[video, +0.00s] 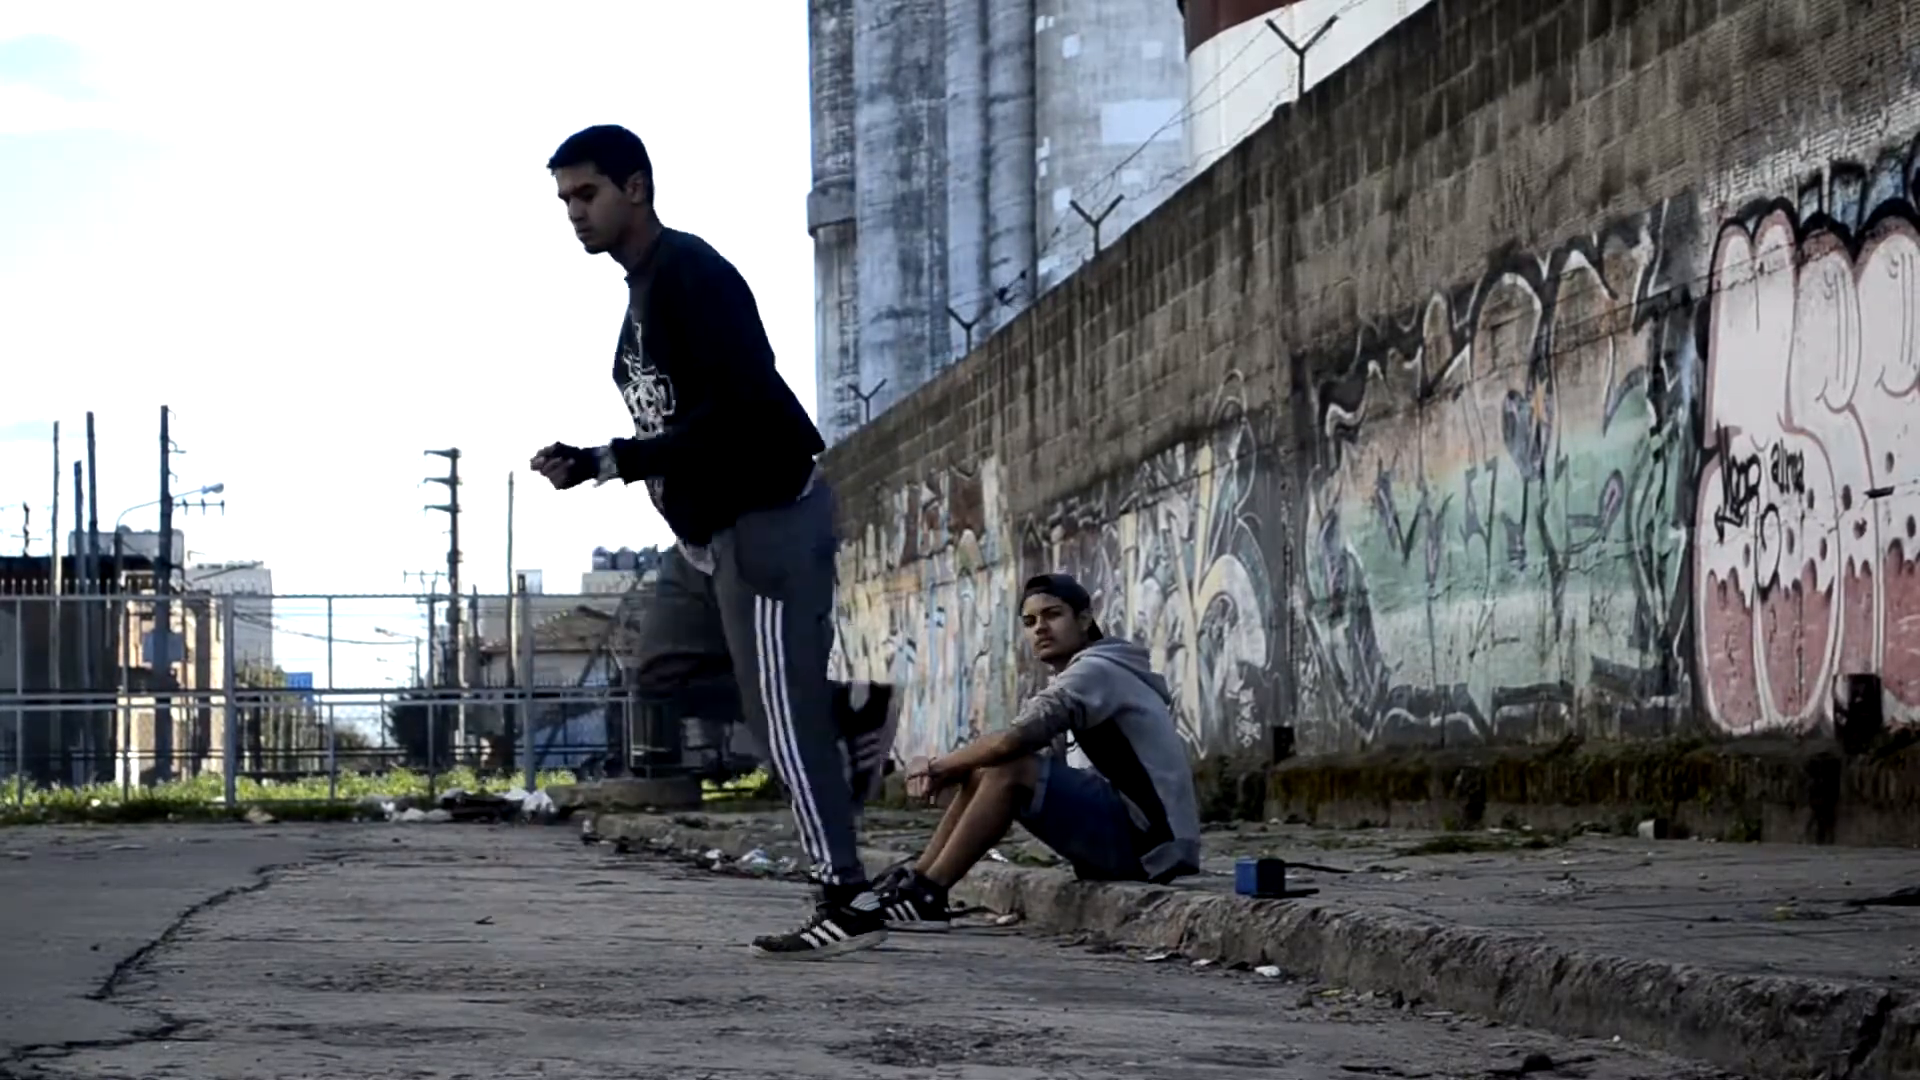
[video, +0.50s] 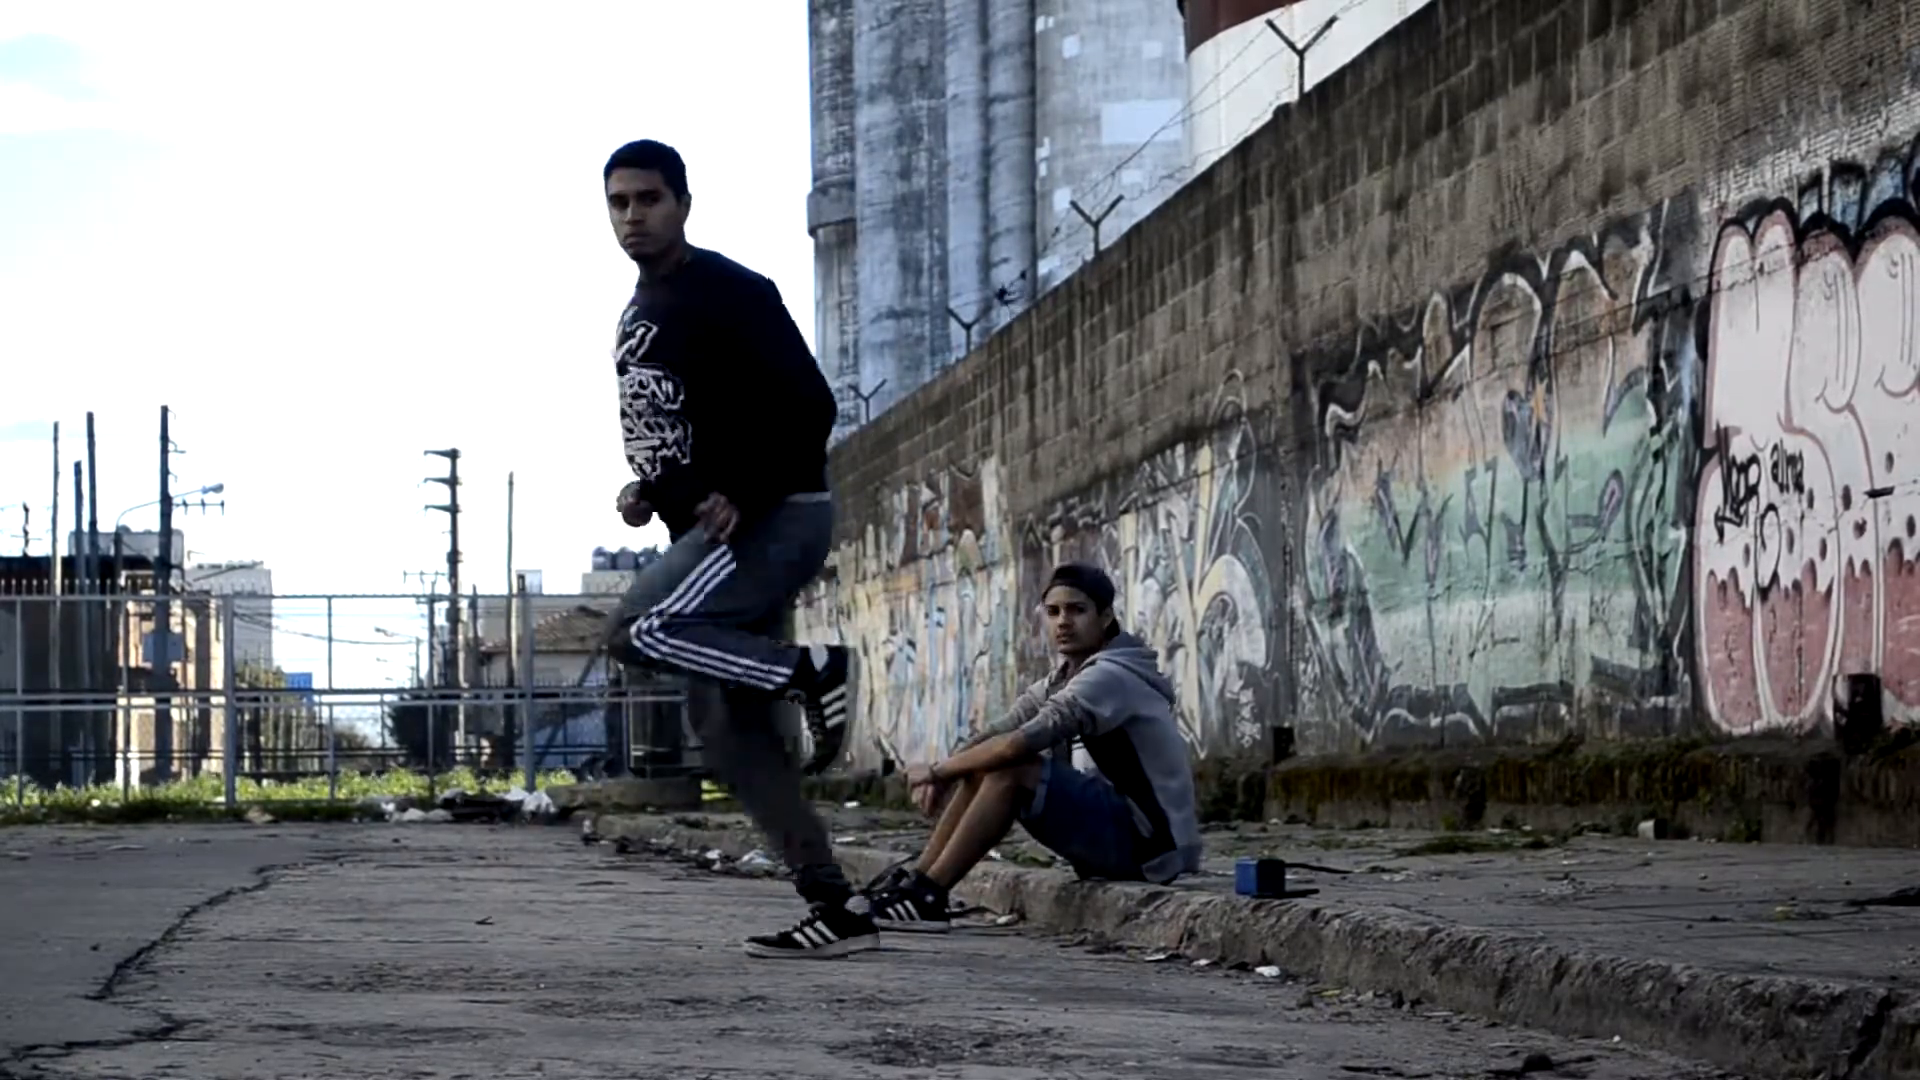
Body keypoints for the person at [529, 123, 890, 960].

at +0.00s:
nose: (572, 215)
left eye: (583, 196)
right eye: (565, 201)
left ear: (635, 186)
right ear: (581, 203)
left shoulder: (689, 275)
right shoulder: (647, 292)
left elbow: (723, 425)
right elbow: (690, 424)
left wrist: (603, 461)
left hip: (771, 518)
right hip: (722, 530)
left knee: (786, 710)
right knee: (658, 672)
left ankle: (846, 898)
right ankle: (849, 710)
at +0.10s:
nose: (576, 223)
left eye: (587, 205)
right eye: (566, 212)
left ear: (634, 196)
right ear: (570, 220)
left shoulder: (672, 262)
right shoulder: (626, 288)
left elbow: (699, 341)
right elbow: (643, 409)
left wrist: (594, 377)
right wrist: (563, 408)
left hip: (767, 525)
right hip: (697, 535)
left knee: (806, 718)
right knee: (633, 675)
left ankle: (937, 857)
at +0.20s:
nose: (594, 261)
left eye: (608, 246)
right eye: (585, 251)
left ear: (649, 240)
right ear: (586, 255)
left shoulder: (672, 296)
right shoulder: (619, 329)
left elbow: (610, 274)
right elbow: (577, 348)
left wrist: (556, 325)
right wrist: (544, 345)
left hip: (755, 575)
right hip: (674, 587)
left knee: (838, 740)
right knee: (590, 726)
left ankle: (990, 885)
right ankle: (646, 906)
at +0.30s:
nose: (603, 231)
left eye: (618, 215)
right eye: (590, 221)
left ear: (653, 221)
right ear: (582, 237)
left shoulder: (681, 292)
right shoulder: (624, 317)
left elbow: (625, 352)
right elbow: (597, 373)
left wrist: (576, 380)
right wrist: (573, 398)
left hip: (763, 551)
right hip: (684, 570)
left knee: (791, 734)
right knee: (630, 724)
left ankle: (943, 854)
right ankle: (647, 903)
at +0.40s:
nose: (613, 193)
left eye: (629, 175)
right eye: (600, 180)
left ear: (665, 180)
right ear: (591, 193)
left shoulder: (711, 268)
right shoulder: (621, 294)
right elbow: (638, 411)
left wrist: (655, 461)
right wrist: (615, 478)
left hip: (770, 500)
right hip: (709, 524)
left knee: (709, 677)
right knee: (688, 700)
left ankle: (873, 747)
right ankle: (737, 895)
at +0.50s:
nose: (634, 216)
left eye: (649, 199)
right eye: (620, 204)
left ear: (683, 205)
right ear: (609, 217)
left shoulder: (736, 292)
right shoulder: (637, 318)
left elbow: (811, 403)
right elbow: (680, 432)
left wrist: (745, 491)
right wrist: (648, 486)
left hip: (777, 515)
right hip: (725, 526)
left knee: (645, 625)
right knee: (734, 734)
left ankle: (811, 672)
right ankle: (832, 903)